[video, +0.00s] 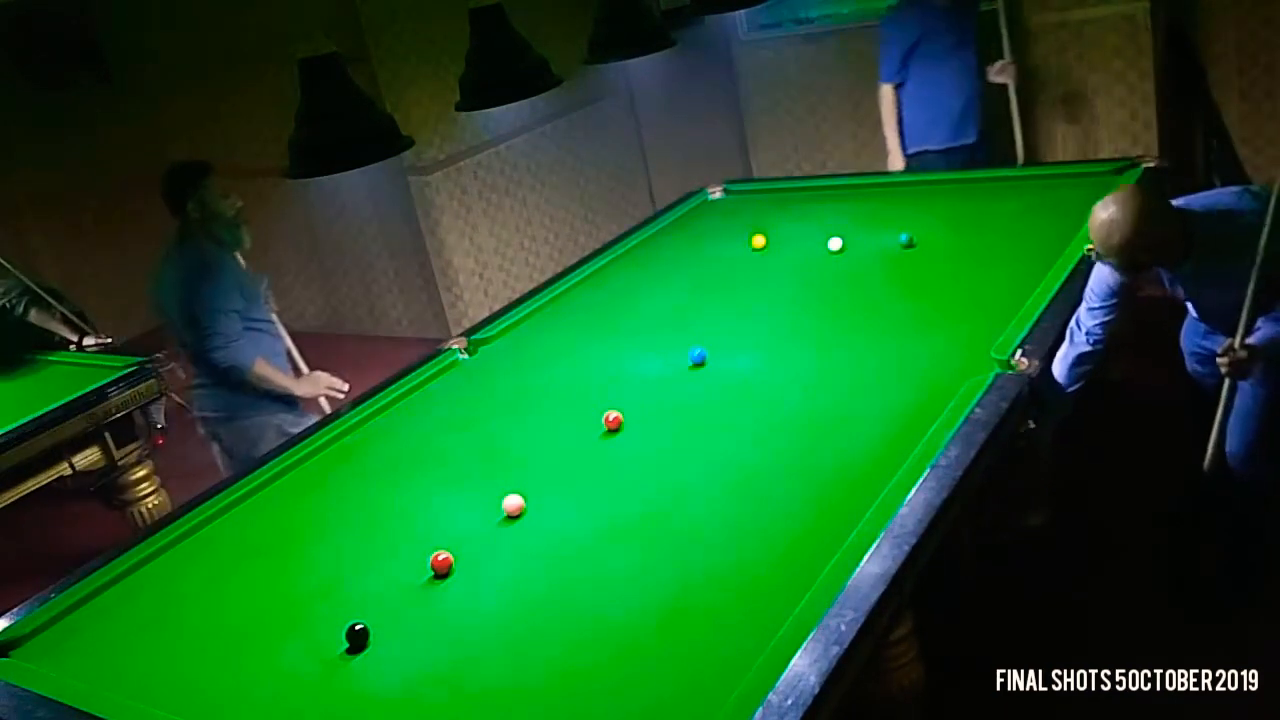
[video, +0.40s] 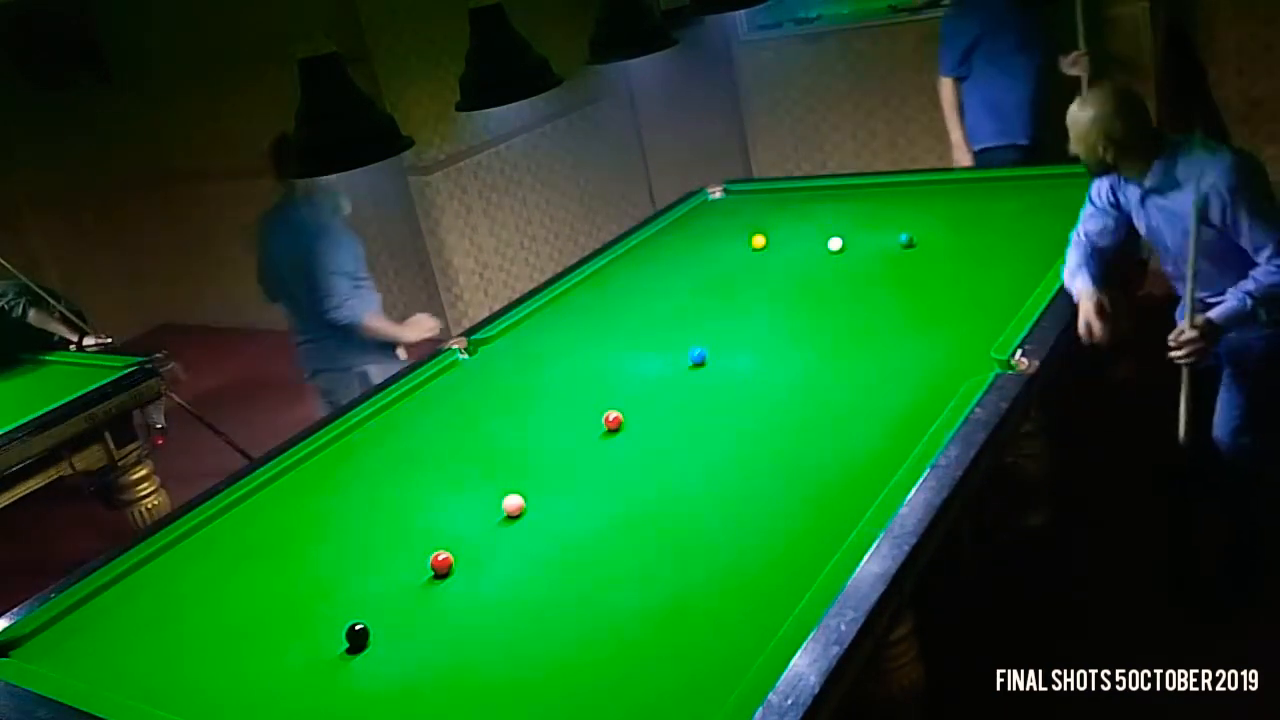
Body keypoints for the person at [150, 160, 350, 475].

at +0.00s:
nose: (237, 202)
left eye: (231, 193)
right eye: (223, 196)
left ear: (195, 210)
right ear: (195, 209)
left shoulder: (188, 258)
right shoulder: (209, 261)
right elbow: (223, 350)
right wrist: (296, 386)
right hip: (260, 418)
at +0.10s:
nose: (260, 199)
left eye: (256, 189)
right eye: (248, 190)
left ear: (212, 205)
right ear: (222, 201)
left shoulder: (199, 256)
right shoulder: (239, 254)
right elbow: (244, 341)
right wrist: (315, 377)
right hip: (281, 409)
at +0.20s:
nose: (287, 193)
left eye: (283, 183)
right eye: (274, 186)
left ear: (242, 202)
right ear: (246, 199)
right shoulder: (269, 248)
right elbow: (272, 333)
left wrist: (345, 366)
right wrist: (340, 363)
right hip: (309, 401)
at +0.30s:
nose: (314, 183)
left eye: (311, 174)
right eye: (303, 176)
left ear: (260, 190)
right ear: (286, 186)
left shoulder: (245, 242)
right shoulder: (302, 241)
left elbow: (250, 307)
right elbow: (307, 320)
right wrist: (368, 349)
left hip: (289, 386)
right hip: (337, 381)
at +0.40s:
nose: (351, 179)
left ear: (295, 177)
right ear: (331, 176)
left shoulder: (275, 223)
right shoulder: (328, 230)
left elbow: (273, 288)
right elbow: (341, 306)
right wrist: (404, 331)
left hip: (328, 368)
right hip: (364, 367)